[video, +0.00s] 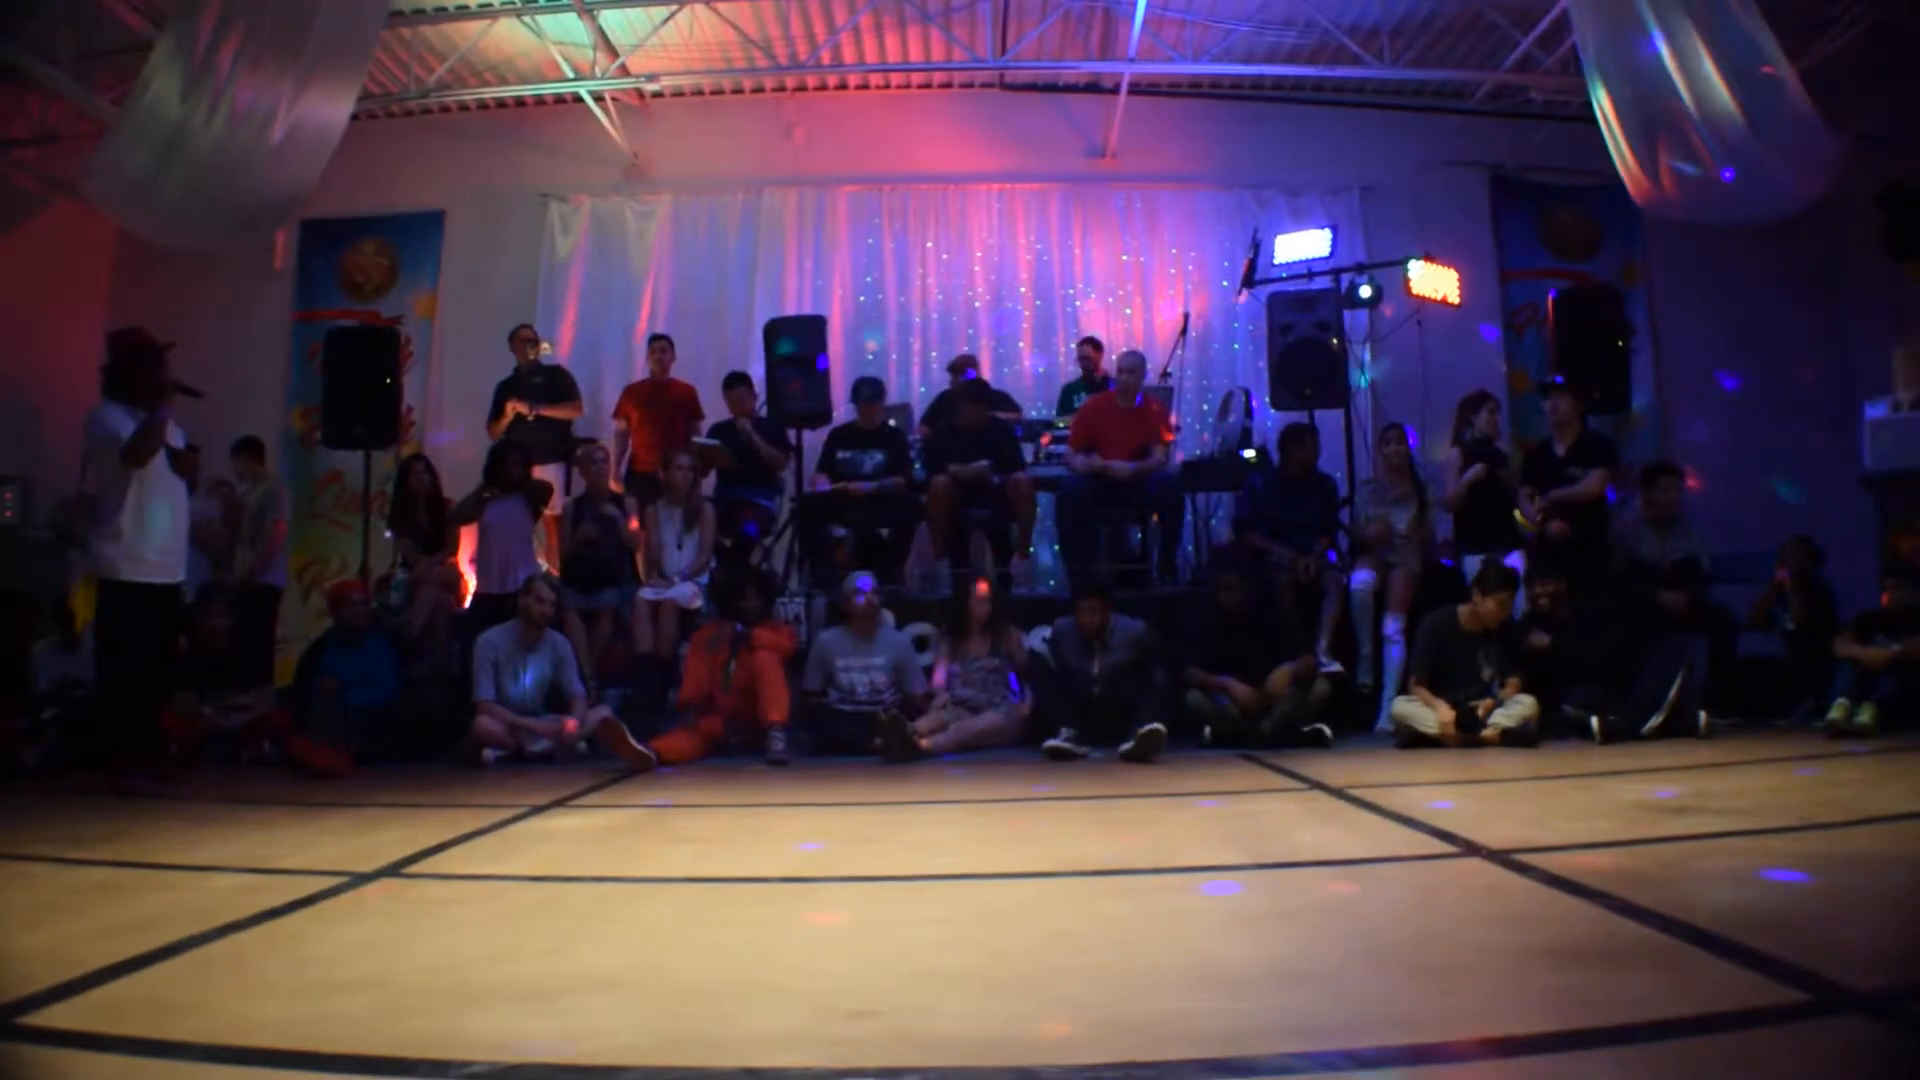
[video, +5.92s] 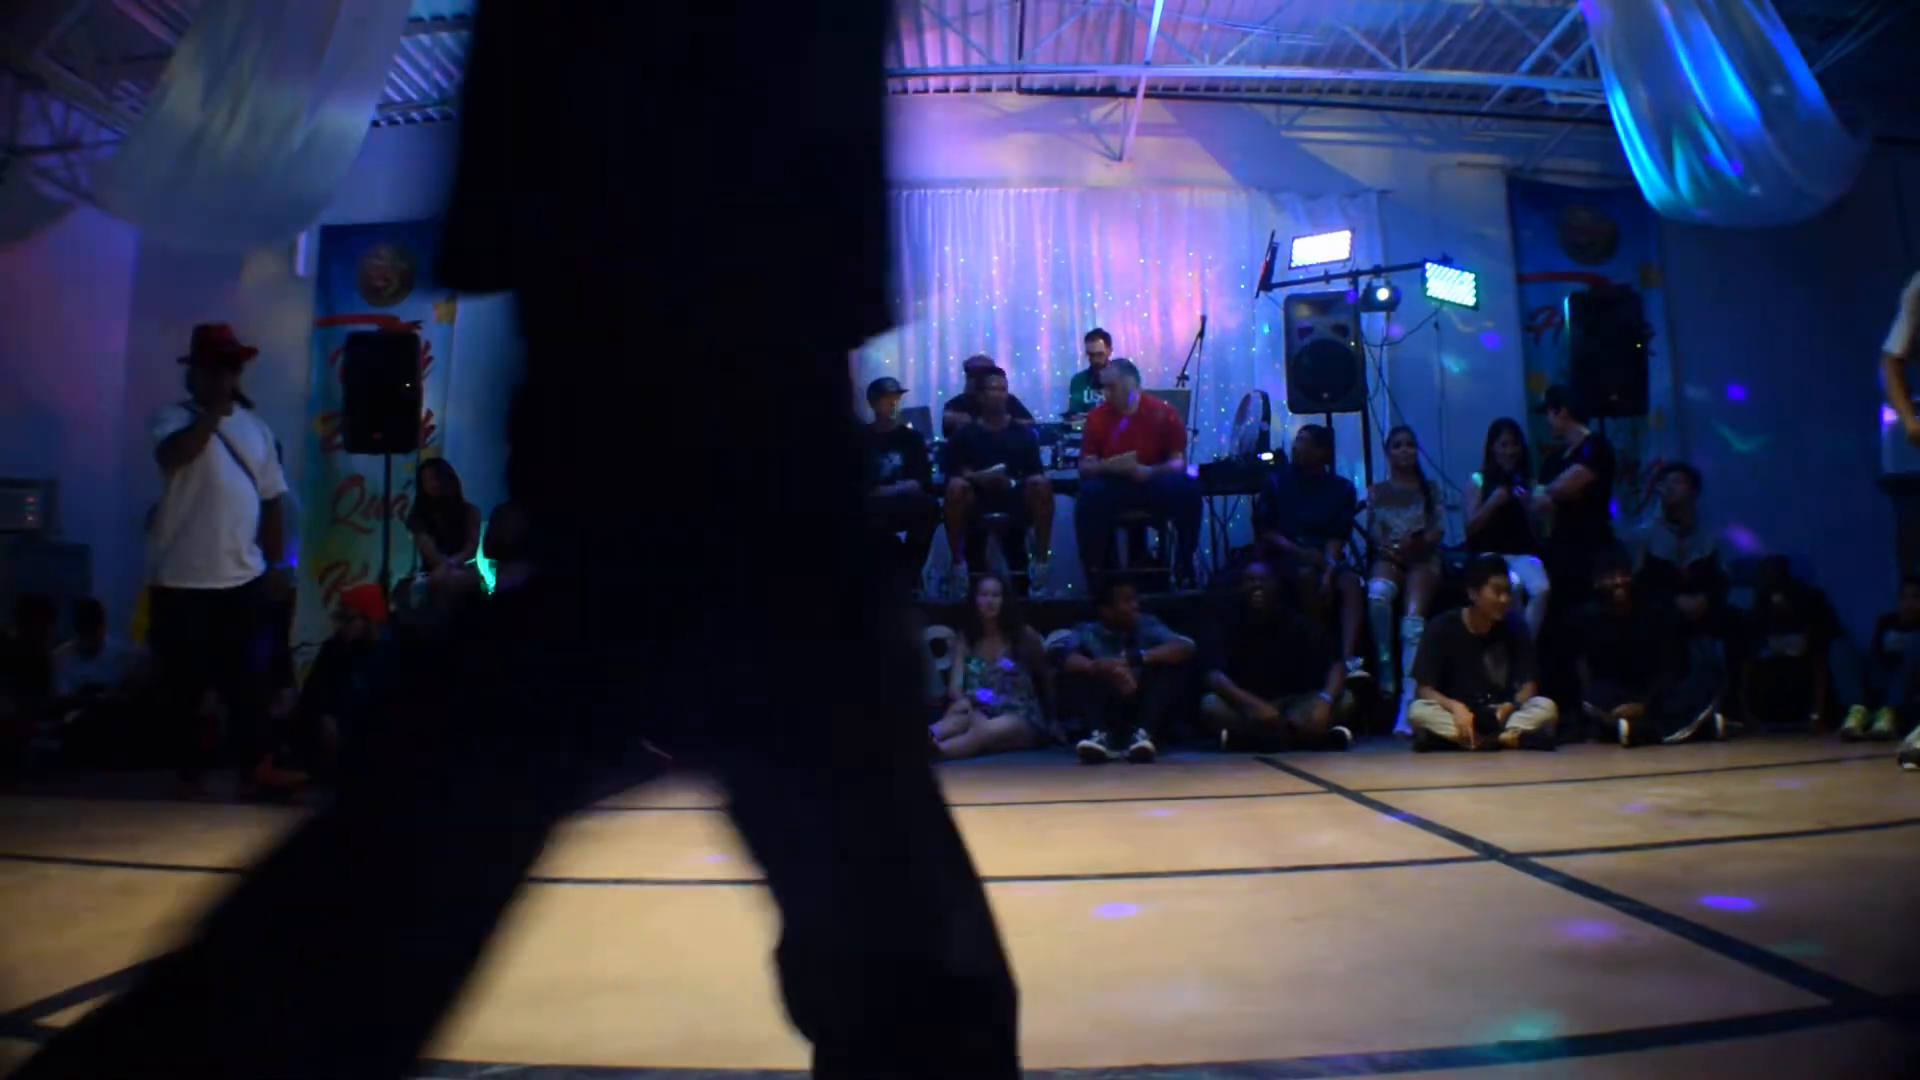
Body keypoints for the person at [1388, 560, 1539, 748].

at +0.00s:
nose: (1505, 613)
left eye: (1508, 605)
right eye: (1499, 604)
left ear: (1512, 602)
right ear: (1477, 596)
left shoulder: (1505, 630)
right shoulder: (1438, 625)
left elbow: (1514, 682)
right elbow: (1416, 685)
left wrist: (1493, 702)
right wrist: (1441, 708)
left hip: (1485, 700)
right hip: (1444, 703)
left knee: (1528, 704)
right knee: (1400, 707)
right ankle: (1485, 736)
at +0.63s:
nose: (1510, 595)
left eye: (1509, 588)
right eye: (1505, 588)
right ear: (1483, 594)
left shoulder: (1515, 622)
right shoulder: (1446, 624)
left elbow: (1535, 676)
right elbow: (1440, 685)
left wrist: (1518, 704)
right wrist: (1465, 706)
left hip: (1506, 703)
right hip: (1465, 705)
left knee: (1555, 703)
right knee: (1425, 707)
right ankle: (1513, 736)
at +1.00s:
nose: (1516, 597)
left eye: (1515, 590)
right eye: (1511, 590)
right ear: (1490, 593)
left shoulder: (1518, 625)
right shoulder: (1449, 624)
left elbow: (1535, 680)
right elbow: (1437, 685)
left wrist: (1515, 705)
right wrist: (1464, 706)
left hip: (1507, 702)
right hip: (1466, 704)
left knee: (1553, 704)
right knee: (1424, 707)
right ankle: (1512, 737)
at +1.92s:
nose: (1496, 601)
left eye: (1495, 594)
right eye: (1490, 594)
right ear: (1466, 599)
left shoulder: (1505, 630)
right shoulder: (1434, 629)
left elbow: (1529, 683)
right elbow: (1422, 688)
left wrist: (1509, 707)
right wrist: (1456, 708)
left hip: (1499, 706)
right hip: (1456, 708)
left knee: (1545, 707)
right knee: (1418, 711)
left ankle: (1460, 743)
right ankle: (1506, 739)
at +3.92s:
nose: (1499, 612)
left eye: (1505, 606)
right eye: (1494, 603)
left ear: (1511, 606)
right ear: (1472, 596)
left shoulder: (1510, 630)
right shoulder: (1438, 629)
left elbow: (1528, 686)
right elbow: (1423, 690)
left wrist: (1509, 707)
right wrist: (1457, 707)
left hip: (1499, 708)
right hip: (1457, 711)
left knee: (1547, 707)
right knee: (1418, 711)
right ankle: (1506, 739)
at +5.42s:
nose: (1507, 601)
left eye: (1507, 594)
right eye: (1501, 594)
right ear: (1476, 597)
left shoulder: (1512, 628)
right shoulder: (1438, 629)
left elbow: (1528, 686)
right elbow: (1423, 689)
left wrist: (1511, 706)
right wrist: (1456, 707)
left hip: (1500, 706)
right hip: (1456, 708)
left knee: (1546, 708)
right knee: (1418, 711)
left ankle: (1470, 742)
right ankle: (1504, 740)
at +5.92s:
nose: (1504, 599)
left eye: (1507, 592)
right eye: (1496, 591)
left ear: (1511, 595)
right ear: (1473, 593)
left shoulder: (1514, 628)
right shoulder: (1442, 628)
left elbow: (1529, 684)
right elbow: (1424, 689)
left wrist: (1510, 706)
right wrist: (1456, 708)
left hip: (1500, 705)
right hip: (1457, 706)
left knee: (1546, 707)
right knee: (1418, 711)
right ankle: (1503, 740)